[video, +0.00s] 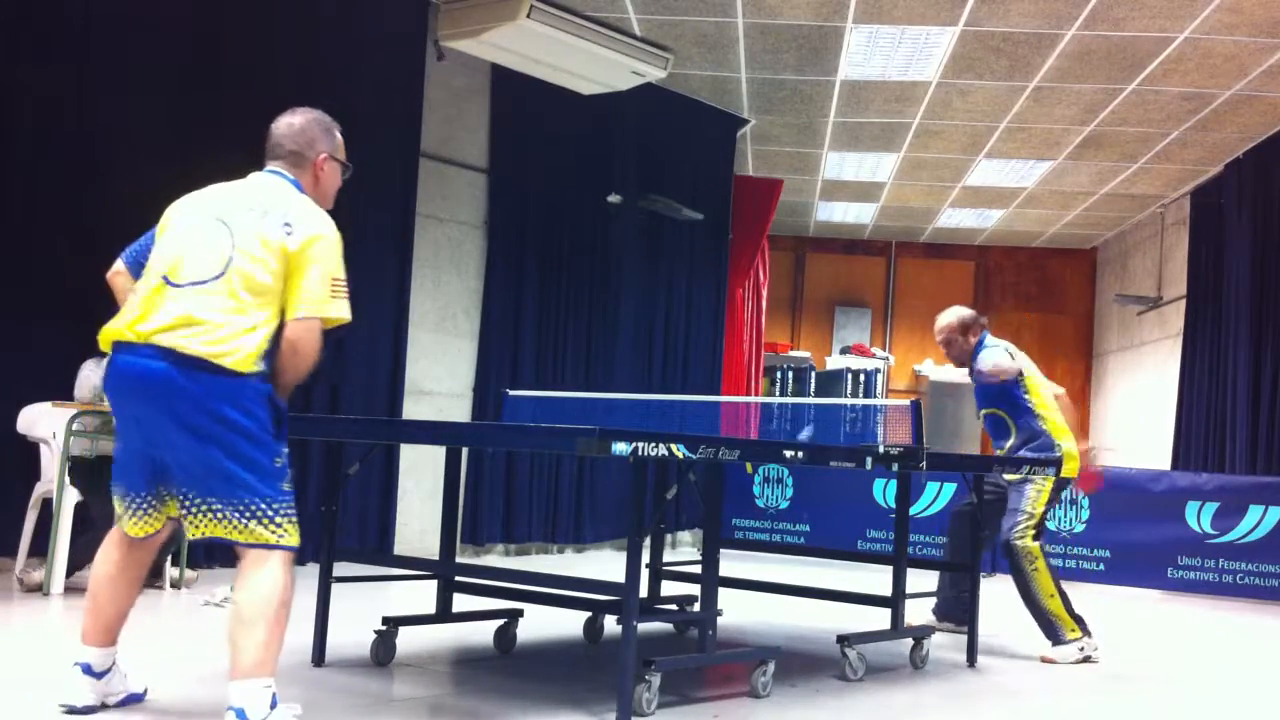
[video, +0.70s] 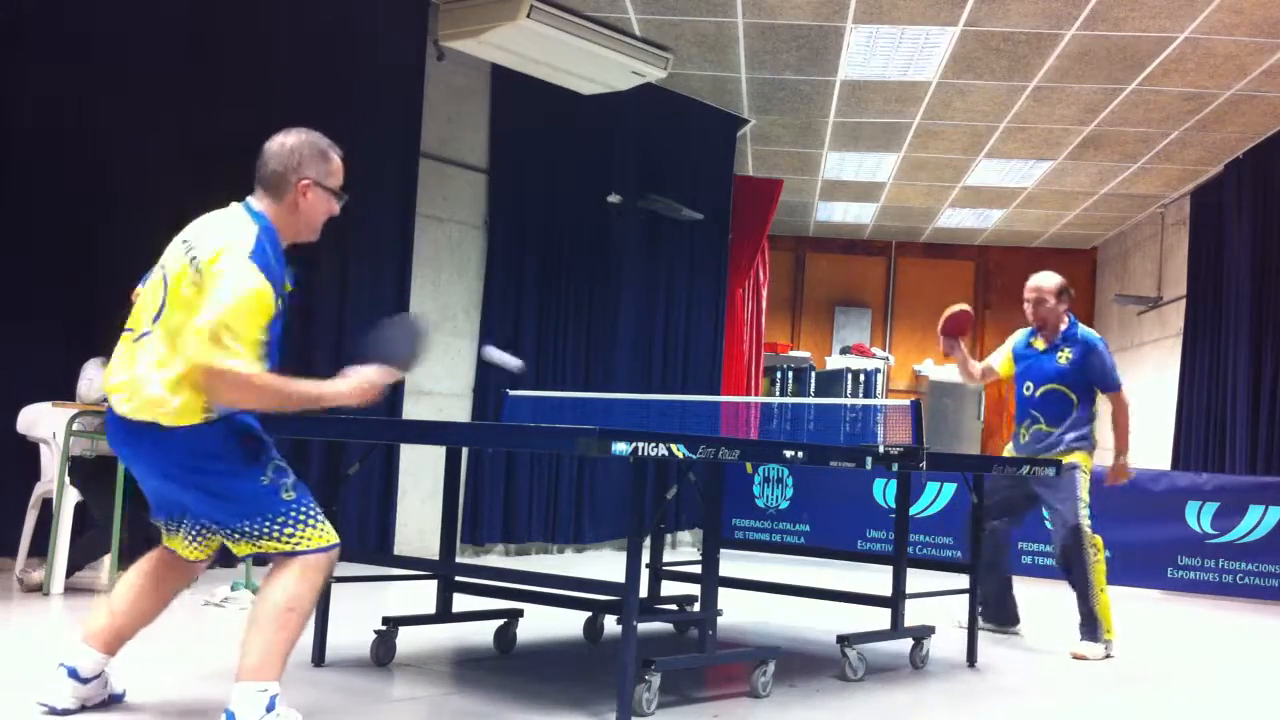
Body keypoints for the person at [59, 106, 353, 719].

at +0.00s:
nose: (339, 182)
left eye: (342, 171)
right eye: (340, 170)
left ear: (273, 158)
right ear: (319, 165)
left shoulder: (202, 199)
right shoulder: (311, 223)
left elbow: (122, 273)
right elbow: (303, 338)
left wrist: (162, 342)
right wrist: (273, 395)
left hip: (133, 368)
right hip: (218, 382)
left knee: (141, 519)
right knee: (269, 541)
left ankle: (93, 672)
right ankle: (253, 703)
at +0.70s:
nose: (338, 208)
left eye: (340, 193)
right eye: (334, 192)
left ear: (288, 187)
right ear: (302, 189)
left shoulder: (211, 227)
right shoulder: (250, 260)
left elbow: (143, 313)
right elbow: (220, 378)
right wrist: (334, 390)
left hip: (135, 417)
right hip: (192, 424)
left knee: (191, 543)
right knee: (312, 547)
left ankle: (80, 671)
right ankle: (254, 703)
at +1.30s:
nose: (233, 131)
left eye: (232, 118)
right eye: (230, 118)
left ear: (162, 116)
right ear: (211, 117)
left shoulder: (97, 174)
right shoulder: (194, 184)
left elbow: (48, 272)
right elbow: (213, 294)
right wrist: (281, 314)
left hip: (53, 366)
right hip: (130, 368)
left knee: (59, 530)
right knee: (199, 527)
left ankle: (4, 675)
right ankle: (195, 694)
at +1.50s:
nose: (216, 127)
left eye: (217, 115)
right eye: (216, 115)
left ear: (145, 112)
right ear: (199, 116)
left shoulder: (77, 172)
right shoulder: (193, 180)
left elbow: (20, 272)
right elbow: (197, 283)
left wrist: (75, 323)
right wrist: (230, 335)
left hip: (45, 366)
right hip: (129, 369)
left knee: (49, 527)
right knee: (171, 541)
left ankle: (1, 675)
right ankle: (140, 710)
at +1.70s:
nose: (225, 122)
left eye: (225, 110)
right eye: (224, 110)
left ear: (153, 106)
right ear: (203, 110)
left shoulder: (87, 164)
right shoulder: (184, 175)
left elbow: (30, 266)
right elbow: (186, 285)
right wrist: (237, 332)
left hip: (30, 358)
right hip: (103, 367)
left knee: (51, 526)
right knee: (166, 536)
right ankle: (139, 707)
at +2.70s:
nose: (577, 150)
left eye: (573, 137)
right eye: (568, 137)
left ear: (510, 144)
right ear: (543, 138)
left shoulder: (454, 200)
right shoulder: (570, 192)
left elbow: (404, 297)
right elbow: (676, 250)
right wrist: (748, 233)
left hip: (398, 363)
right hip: (457, 365)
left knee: (508, 532)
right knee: (444, 568)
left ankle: (446, 699)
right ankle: (282, 634)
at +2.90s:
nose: (650, 165)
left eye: (645, 157)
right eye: (647, 157)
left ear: (580, 154)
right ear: (637, 156)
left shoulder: (531, 190)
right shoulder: (673, 211)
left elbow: (469, 248)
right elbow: (663, 294)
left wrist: (501, 327)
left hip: (540, 357)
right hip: (640, 364)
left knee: (522, 543)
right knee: (663, 562)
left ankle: (494, 706)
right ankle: (660, 710)